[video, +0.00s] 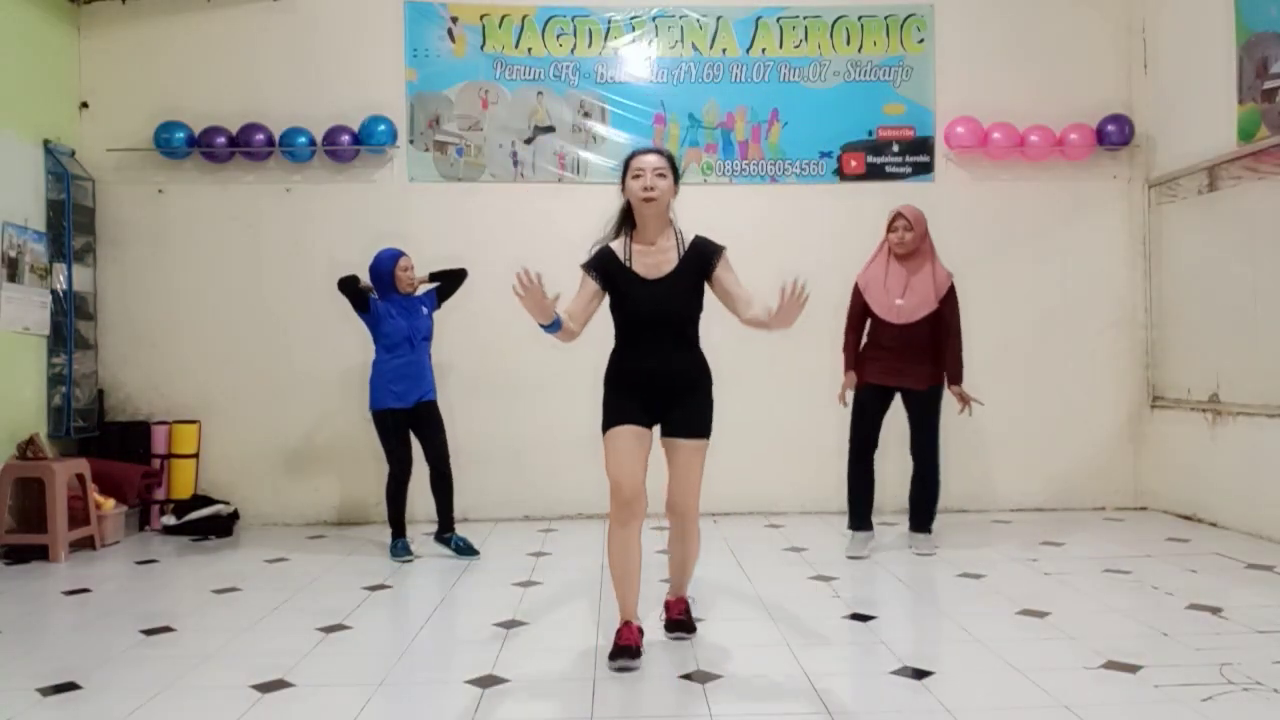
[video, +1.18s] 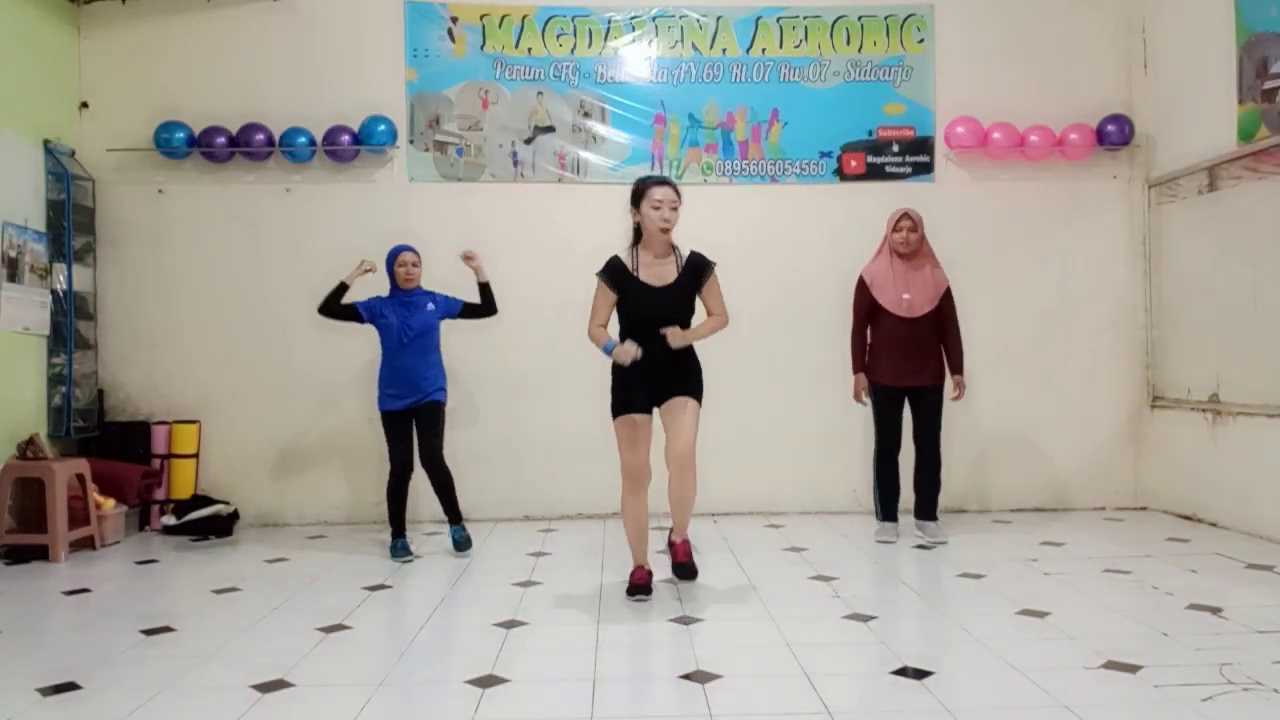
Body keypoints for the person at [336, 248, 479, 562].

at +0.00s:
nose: (412, 275)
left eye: (412, 269)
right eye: (404, 270)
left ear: (413, 275)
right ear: (388, 277)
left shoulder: (424, 303)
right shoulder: (376, 308)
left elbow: (460, 275)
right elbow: (346, 285)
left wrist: (425, 279)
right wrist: (364, 289)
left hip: (422, 397)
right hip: (388, 401)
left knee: (440, 462)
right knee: (400, 466)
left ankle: (446, 531)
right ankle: (399, 538)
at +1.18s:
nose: (409, 269)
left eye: (414, 265)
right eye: (402, 265)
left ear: (421, 270)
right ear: (391, 272)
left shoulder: (434, 302)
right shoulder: (380, 306)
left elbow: (488, 309)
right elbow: (327, 309)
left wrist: (479, 271)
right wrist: (351, 278)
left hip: (430, 393)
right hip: (394, 397)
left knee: (432, 459)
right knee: (400, 467)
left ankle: (457, 526)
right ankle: (398, 538)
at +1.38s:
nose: (421, 272)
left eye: (427, 267)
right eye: (415, 267)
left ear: (435, 272)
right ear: (404, 273)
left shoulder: (445, 307)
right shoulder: (392, 311)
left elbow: (493, 332)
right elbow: (357, 351)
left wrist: (506, 298)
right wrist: (366, 325)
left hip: (442, 400)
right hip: (405, 402)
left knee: (446, 467)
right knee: (410, 469)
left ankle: (458, 533)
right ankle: (399, 538)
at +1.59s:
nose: (431, 270)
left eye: (437, 265)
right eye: (424, 264)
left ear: (445, 271)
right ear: (415, 270)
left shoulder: (458, 304)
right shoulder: (403, 308)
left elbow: (488, 345)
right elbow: (391, 353)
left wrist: (505, 333)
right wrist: (391, 373)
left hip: (455, 394)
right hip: (419, 394)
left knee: (457, 461)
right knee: (431, 451)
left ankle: (459, 533)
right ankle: (415, 525)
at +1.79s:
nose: (435, 274)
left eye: (441, 269)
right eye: (429, 269)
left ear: (450, 273)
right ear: (420, 274)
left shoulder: (464, 308)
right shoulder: (408, 313)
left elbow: (479, 347)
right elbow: (388, 360)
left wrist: (491, 379)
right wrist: (404, 383)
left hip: (459, 401)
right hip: (423, 402)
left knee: (457, 467)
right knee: (431, 468)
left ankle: (459, 533)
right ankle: (431, 536)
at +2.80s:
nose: (459, 279)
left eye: (465, 273)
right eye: (453, 273)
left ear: (473, 275)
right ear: (443, 275)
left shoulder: (485, 306)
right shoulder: (429, 308)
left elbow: (507, 349)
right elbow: (413, 358)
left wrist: (493, 352)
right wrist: (438, 350)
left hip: (478, 396)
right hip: (441, 398)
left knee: (477, 462)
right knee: (445, 464)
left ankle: (486, 526)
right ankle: (440, 534)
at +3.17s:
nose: (464, 278)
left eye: (470, 274)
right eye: (458, 274)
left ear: (479, 276)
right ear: (450, 277)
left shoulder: (492, 302)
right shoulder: (439, 303)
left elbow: (490, 337)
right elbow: (436, 339)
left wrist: (472, 300)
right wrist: (455, 299)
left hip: (485, 394)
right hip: (450, 395)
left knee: (484, 461)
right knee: (457, 460)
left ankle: (485, 527)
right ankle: (457, 526)